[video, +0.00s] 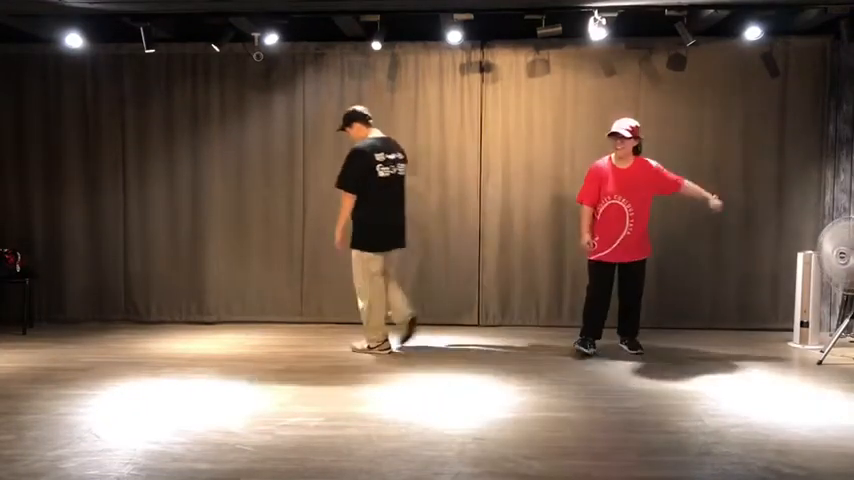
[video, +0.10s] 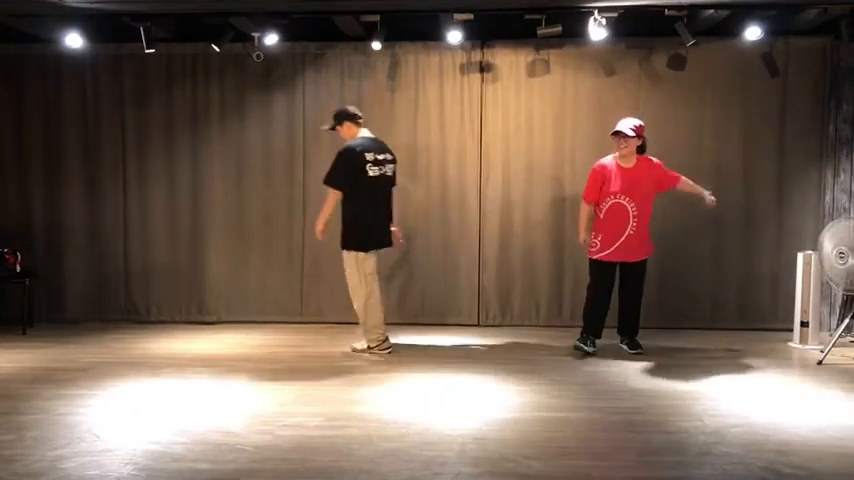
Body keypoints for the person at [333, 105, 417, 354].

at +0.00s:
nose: (349, 136)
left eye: (349, 131)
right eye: (348, 131)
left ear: (356, 126)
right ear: (369, 123)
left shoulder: (360, 152)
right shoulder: (395, 147)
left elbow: (349, 196)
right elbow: (394, 190)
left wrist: (340, 228)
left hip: (367, 229)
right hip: (393, 226)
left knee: (368, 285)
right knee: (385, 276)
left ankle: (377, 339)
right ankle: (405, 316)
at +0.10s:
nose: (339, 135)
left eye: (339, 130)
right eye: (337, 130)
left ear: (347, 125)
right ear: (357, 123)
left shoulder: (350, 151)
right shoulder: (385, 150)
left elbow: (335, 191)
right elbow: (388, 192)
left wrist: (321, 220)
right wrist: (390, 222)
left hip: (356, 230)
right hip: (378, 227)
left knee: (360, 287)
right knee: (369, 283)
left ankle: (375, 339)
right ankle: (377, 337)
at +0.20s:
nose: (328, 136)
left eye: (328, 131)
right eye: (327, 132)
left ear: (336, 127)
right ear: (346, 125)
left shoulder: (339, 153)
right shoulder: (372, 152)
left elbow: (324, 192)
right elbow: (380, 192)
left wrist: (308, 213)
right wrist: (386, 222)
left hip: (346, 232)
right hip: (367, 229)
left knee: (357, 284)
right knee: (345, 280)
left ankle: (375, 337)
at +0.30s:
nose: (316, 139)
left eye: (316, 134)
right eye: (314, 135)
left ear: (326, 129)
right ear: (334, 128)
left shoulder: (329, 155)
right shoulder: (359, 155)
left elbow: (313, 195)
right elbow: (367, 196)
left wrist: (296, 216)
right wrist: (374, 225)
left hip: (336, 234)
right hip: (355, 231)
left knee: (344, 286)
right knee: (333, 281)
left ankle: (374, 336)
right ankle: (323, 328)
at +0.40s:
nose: (304, 138)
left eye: (304, 132)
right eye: (302, 134)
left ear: (315, 127)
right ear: (322, 127)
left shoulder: (321, 153)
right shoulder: (343, 152)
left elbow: (309, 193)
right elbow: (341, 194)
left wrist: (291, 221)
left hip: (323, 233)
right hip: (343, 231)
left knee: (318, 282)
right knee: (331, 283)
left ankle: (363, 324)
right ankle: (323, 329)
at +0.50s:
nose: (294, 134)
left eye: (296, 128)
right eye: (292, 129)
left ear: (309, 124)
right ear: (310, 126)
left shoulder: (314, 153)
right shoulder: (330, 151)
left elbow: (306, 195)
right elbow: (329, 196)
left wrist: (291, 227)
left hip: (313, 231)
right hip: (331, 230)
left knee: (295, 276)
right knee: (325, 281)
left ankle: (336, 320)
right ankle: (322, 328)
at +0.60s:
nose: (285, 133)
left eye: (288, 126)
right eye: (283, 127)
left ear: (302, 124)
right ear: (300, 127)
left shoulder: (307, 153)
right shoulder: (314, 151)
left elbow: (304, 195)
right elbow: (303, 192)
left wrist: (294, 229)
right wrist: (286, 213)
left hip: (303, 232)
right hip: (318, 231)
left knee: (280, 274)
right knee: (316, 280)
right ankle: (325, 328)